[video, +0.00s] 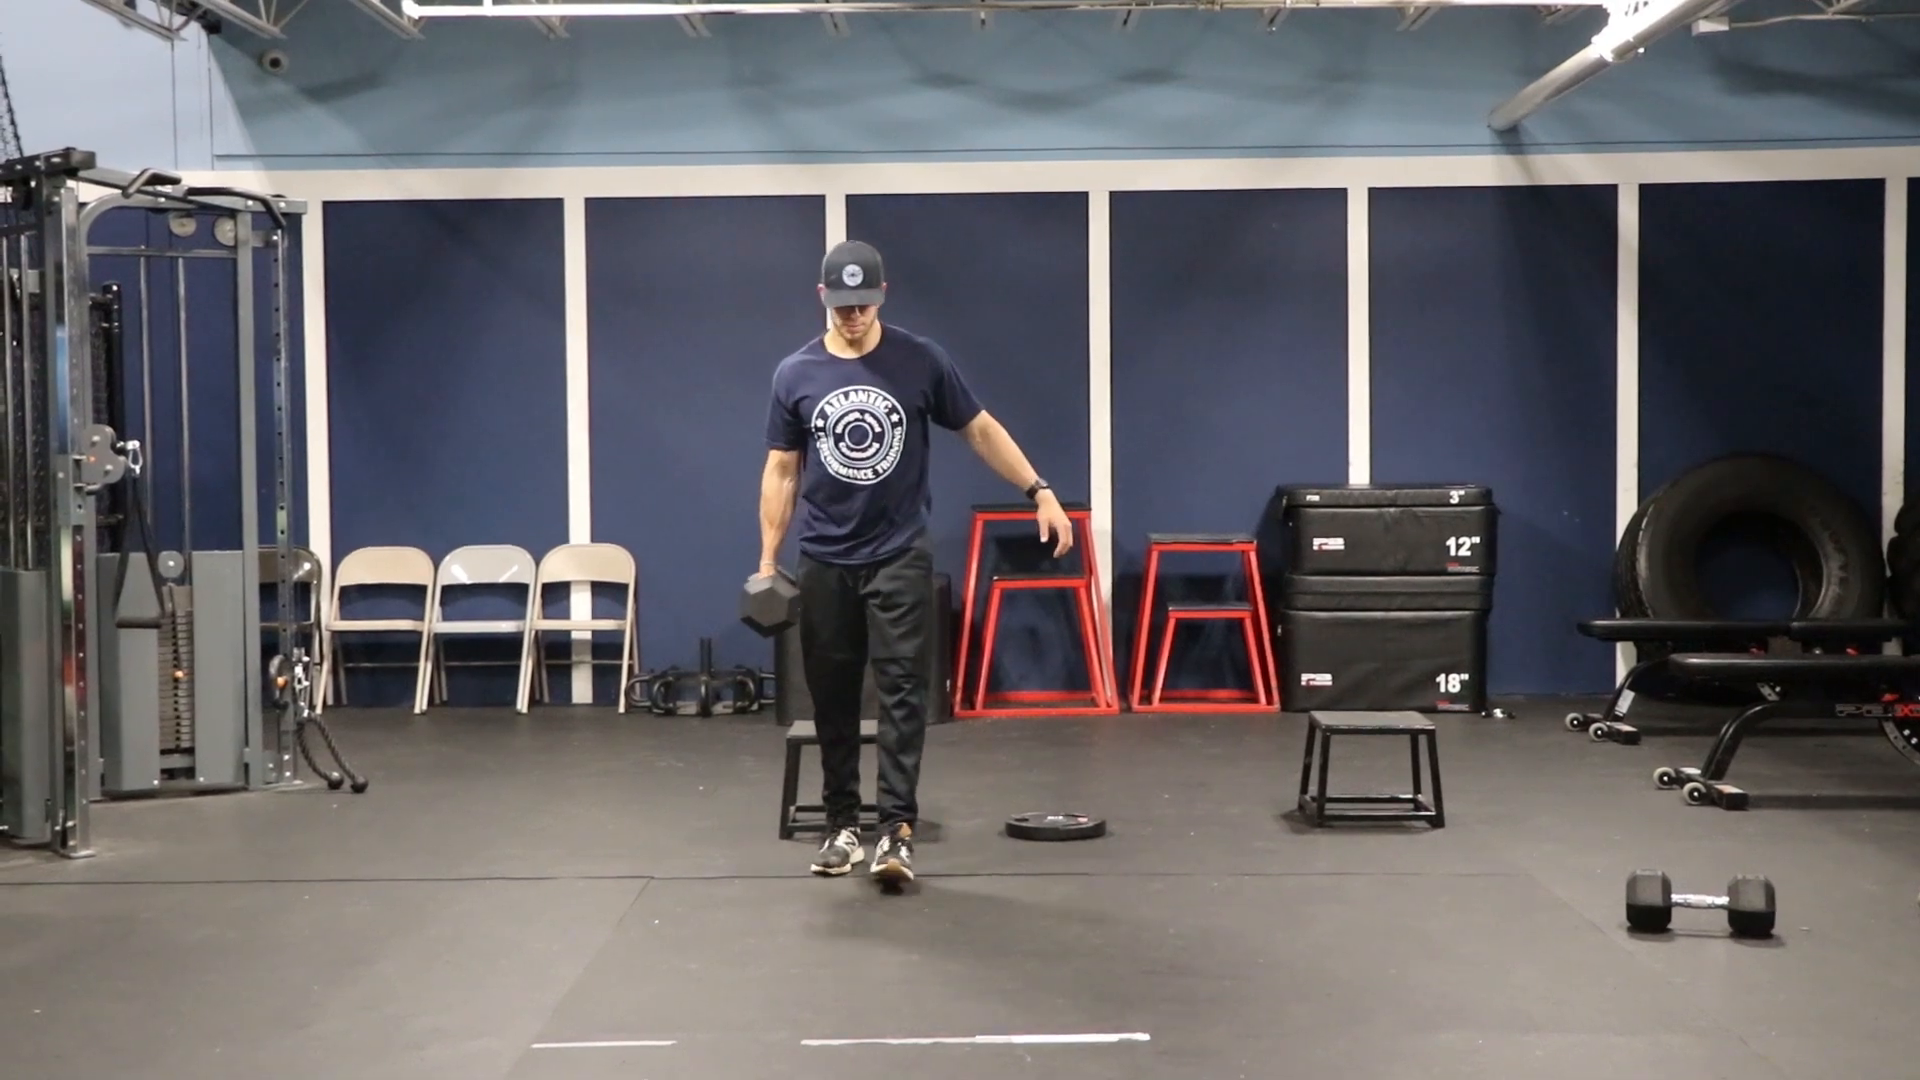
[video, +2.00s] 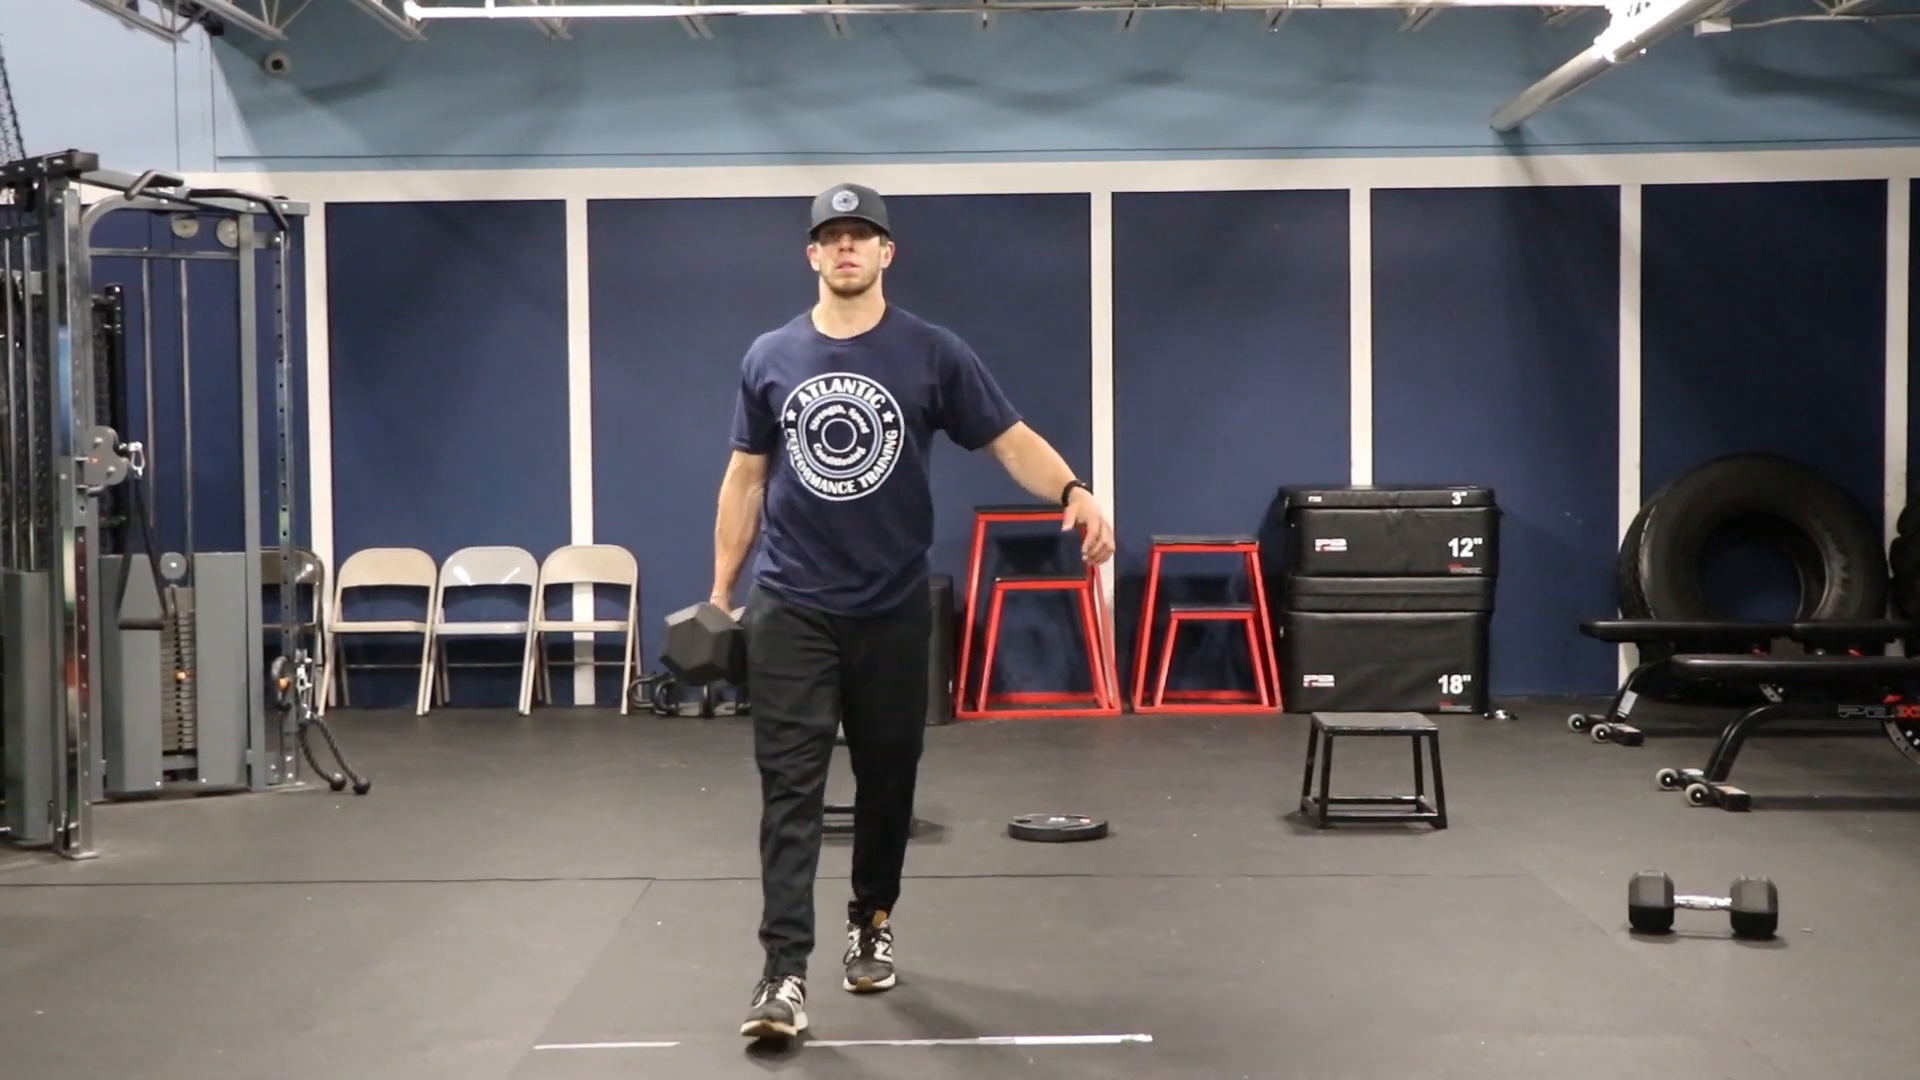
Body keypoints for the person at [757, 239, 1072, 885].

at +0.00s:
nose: (852, 315)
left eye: (863, 304)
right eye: (842, 304)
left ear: (881, 297)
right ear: (823, 298)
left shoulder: (921, 362)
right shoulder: (794, 375)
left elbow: (980, 428)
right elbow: (781, 469)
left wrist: (1040, 491)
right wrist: (768, 561)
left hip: (898, 551)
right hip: (822, 555)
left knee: (901, 687)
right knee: (832, 695)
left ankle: (896, 831)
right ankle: (843, 826)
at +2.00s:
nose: (845, 249)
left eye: (860, 236)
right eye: (831, 237)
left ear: (887, 250)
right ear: (811, 252)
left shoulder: (934, 353)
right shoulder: (772, 357)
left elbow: (1010, 437)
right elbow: (746, 476)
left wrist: (1077, 491)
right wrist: (722, 588)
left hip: (893, 601)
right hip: (791, 600)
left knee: (887, 778)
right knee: (790, 784)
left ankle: (874, 918)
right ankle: (784, 971)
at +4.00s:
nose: (737, 160)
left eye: (761, 143)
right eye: (719, 142)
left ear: (797, 169)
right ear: (692, 161)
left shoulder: (858, 312)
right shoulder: (619, 310)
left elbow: (972, 458)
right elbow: (588, 487)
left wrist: (1080, 581)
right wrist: (546, 658)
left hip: (773, 666)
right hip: (626, 662)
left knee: (759, 933)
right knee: (615, 916)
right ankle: (672, 1061)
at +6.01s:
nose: (334, 2)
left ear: (472, 22)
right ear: (299, 24)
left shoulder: (583, 243)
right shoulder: (227, 289)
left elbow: (772, 471)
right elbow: (210, 575)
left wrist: (894, 682)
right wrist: (150, 842)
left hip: (491, 854)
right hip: (269, 864)